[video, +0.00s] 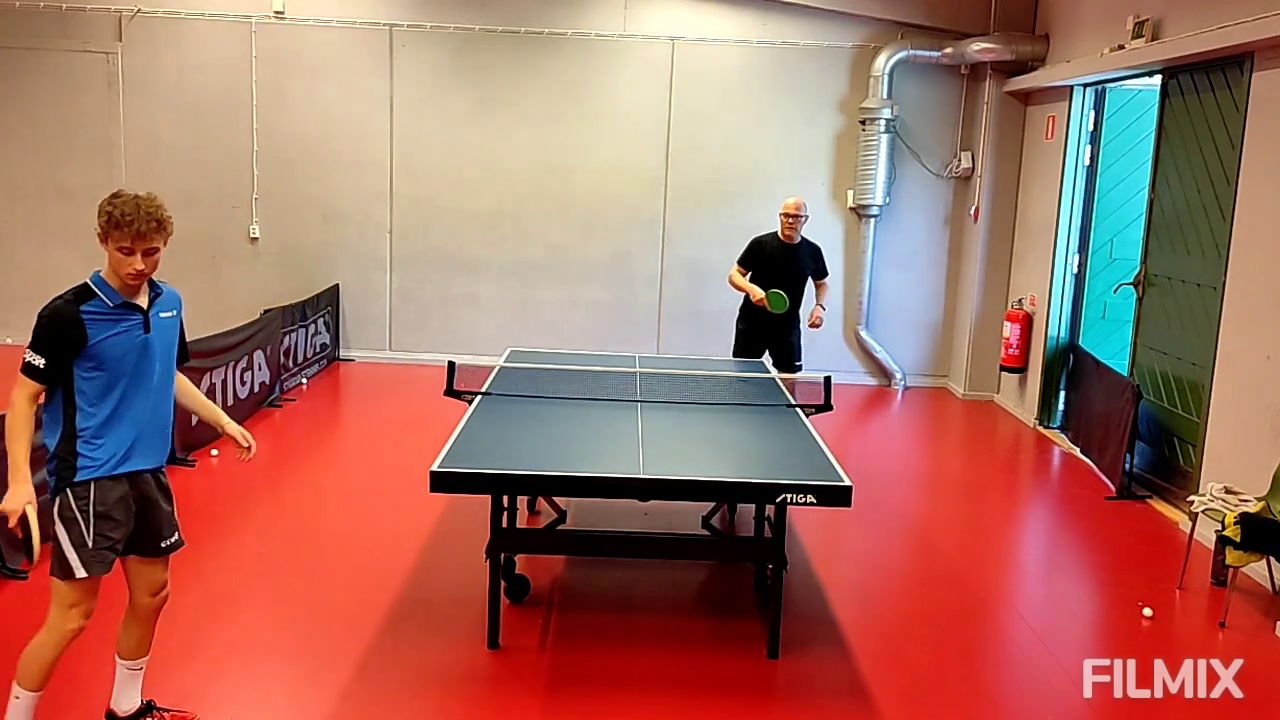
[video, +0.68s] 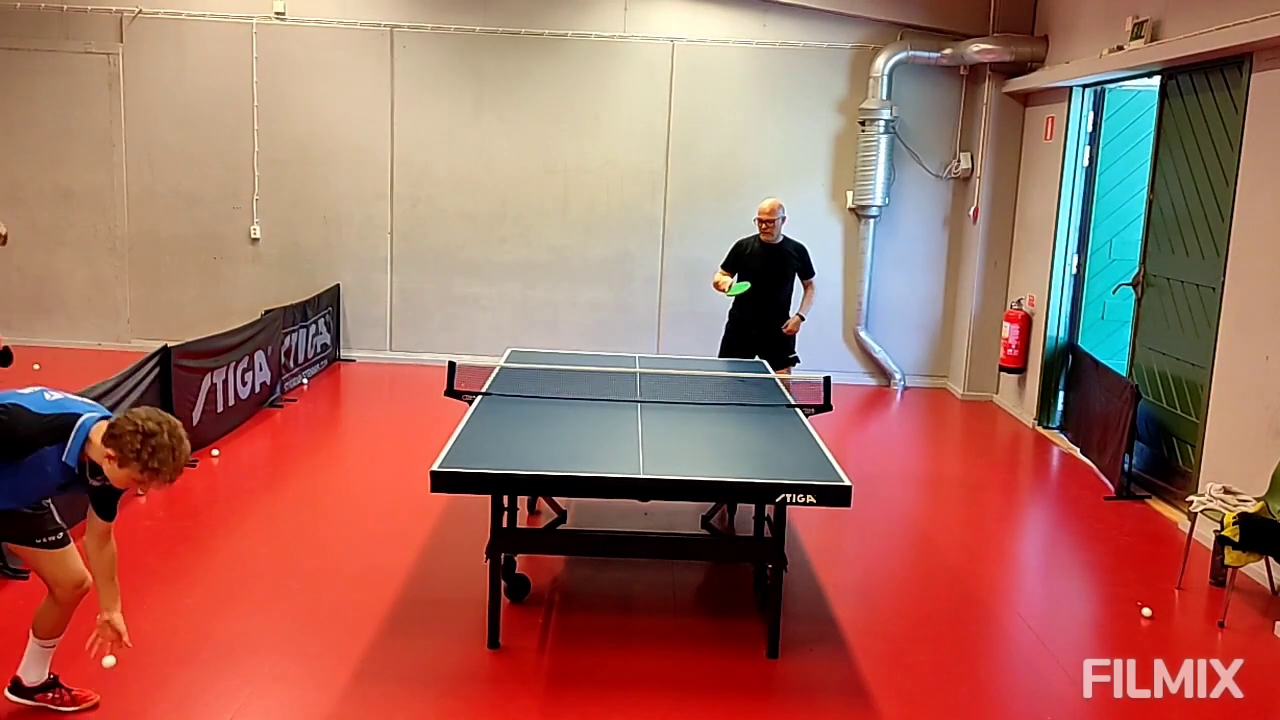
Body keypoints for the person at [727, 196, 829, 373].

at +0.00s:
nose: (790, 221)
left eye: (796, 217)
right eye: (786, 216)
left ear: (805, 220)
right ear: (780, 216)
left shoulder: (812, 252)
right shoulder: (760, 244)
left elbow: (821, 284)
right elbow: (734, 276)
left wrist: (819, 307)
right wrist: (752, 289)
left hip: (786, 326)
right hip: (752, 323)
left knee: (789, 381)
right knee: (741, 375)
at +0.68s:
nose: (765, 226)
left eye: (770, 222)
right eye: (761, 221)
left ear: (783, 221)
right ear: (755, 221)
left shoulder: (796, 251)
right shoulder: (743, 247)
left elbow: (809, 287)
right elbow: (719, 277)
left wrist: (799, 317)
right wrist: (727, 283)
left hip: (776, 331)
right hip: (741, 329)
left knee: (783, 385)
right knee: (729, 382)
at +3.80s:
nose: (767, 263)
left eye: (772, 259)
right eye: (763, 257)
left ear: (781, 258)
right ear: (755, 254)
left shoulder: (789, 279)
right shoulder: (738, 279)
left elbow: (798, 311)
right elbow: (713, 315)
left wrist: (795, 337)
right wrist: (732, 331)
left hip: (778, 349)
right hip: (739, 347)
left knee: (805, 394)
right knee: (716, 390)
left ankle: (823, 444)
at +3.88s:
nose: (766, 270)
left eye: (771, 266)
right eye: (762, 264)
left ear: (779, 263)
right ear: (754, 259)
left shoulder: (786, 280)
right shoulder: (736, 282)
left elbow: (793, 313)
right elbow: (716, 322)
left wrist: (791, 340)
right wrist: (740, 334)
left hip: (773, 348)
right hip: (734, 347)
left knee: (802, 393)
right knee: (712, 390)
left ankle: (822, 443)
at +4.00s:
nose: (769, 274)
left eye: (775, 270)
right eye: (765, 268)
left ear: (782, 265)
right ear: (757, 260)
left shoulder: (786, 278)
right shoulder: (738, 281)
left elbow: (791, 308)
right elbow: (723, 322)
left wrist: (790, 335)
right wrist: (746, 321)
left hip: (772, 347)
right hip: (735, 347)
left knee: (799, 390)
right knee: (714, 391)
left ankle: (822, 441)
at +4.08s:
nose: (772, 270)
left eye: (778, 266)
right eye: (768, 264)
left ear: (785, 262)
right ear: (760, 256)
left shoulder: (789, 275)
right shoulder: (741, 277)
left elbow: (793, 305)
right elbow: (722, 316)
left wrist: (793, 333)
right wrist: (743, 312)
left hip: (774, 347)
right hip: (737, 347)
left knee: (802, 393)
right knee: (716, 392)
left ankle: (823, 441)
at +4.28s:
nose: (783, 254)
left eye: (789, 250)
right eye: (779, 248)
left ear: (797, 249)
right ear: (771, 244)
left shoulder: (803, 270)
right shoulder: (752, 268)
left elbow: (810, 301)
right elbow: (722, 304)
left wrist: (807, 329)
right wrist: (737, 298)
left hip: (787, 343)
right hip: (749, 342)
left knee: (811, 394)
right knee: (728, 389)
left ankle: (825, 443)